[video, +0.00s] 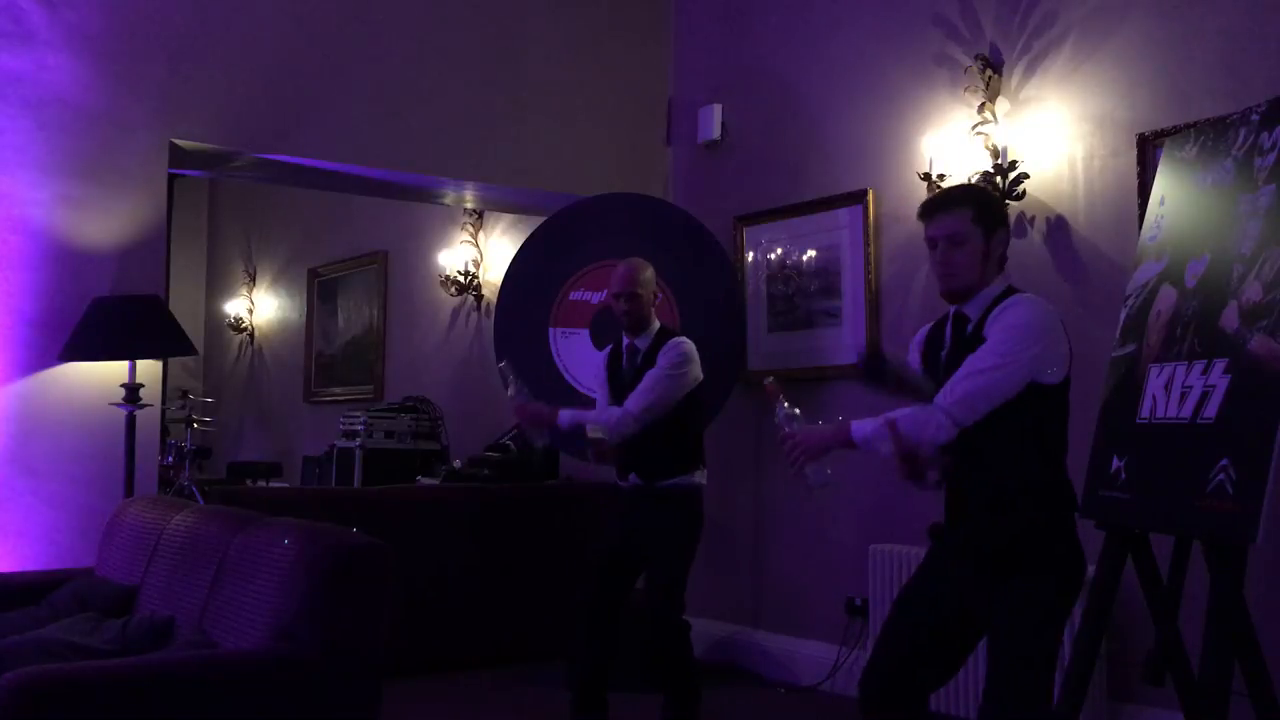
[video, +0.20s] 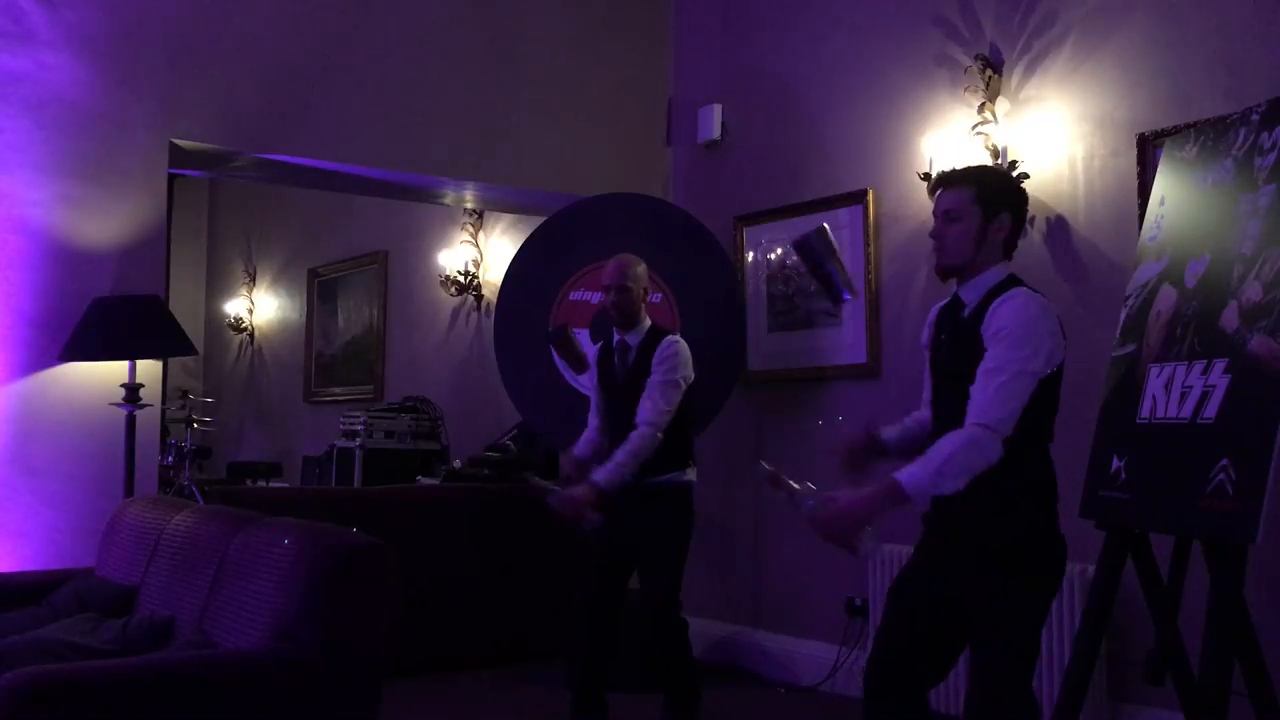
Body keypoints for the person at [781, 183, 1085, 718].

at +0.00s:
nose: (942, 259)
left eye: (958, 242)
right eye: (933, 246)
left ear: (998, 247)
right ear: (927, 251)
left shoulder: (1028, 320)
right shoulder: (928, 341)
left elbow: (942, 420)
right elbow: (922, 470)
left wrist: (841, 433)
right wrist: (914, 455)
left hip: (1034, 548)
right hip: (965, 545)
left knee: (1013, 705)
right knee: (886, 689)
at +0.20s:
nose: (933, 230)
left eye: (950, 218)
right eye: (934, 219)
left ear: (999, 230)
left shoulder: (1021, 314)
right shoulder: (944, 315)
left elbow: (985, 437)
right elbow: (938, 416)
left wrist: (875, 500)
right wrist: (880, 442)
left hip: (1014, 532)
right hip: (954, 526)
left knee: (998, 694)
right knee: (892, 681)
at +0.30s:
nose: (933, 224)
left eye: (950, 212)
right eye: (935, 212)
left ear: (997, 224)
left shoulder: (1022, 307)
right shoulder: (948, 311)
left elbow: (997, 424)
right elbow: (904, 414)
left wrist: (897, 487)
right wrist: (828, 389)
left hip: (1010, 528)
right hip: (954, 524)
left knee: (993, 695)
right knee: (895, 683)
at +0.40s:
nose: (936, 223)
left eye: (953, 210)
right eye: (937, 211)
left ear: (1000, 222)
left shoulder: (1027, 300)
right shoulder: (941, 309)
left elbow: (990, 399)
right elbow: (880, 390)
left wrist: (891, 413)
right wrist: (819, 386)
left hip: (1011, 526)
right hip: (948, 520)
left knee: (998, 695)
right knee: (891, 681)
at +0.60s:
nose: (946, 207)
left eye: (963, 197)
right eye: (946, 195)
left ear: (1009, 214)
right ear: (942, 204)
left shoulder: (1031, 284)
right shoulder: (938, 300)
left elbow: (956, 319)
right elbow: (890, 389)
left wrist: (864, 250)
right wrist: (835, 416)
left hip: (998, 517)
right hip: (929, 509)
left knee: (998, 693)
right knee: (848, 668)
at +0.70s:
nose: (941, 204)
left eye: (960, 194)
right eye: (943, 193)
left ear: (1003, 212)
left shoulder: (1025, 284)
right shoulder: (924, 296)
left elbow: (1013, 352)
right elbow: (885, 382)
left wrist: (917, 320)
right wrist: (855, 431)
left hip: (984, 509)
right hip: (911, 503)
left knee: (996, 690)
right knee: (838, 679)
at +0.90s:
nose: (922, 213)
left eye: (939, 203)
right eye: (926, 202)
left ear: (982, 220)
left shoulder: (1020, 309)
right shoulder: (884, 289)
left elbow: (1101, 408)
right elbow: (842, 385)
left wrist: (1028, 467)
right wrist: (847, 450)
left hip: (954, 522)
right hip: (869, 515)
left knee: (982, 699)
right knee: (813, 682)